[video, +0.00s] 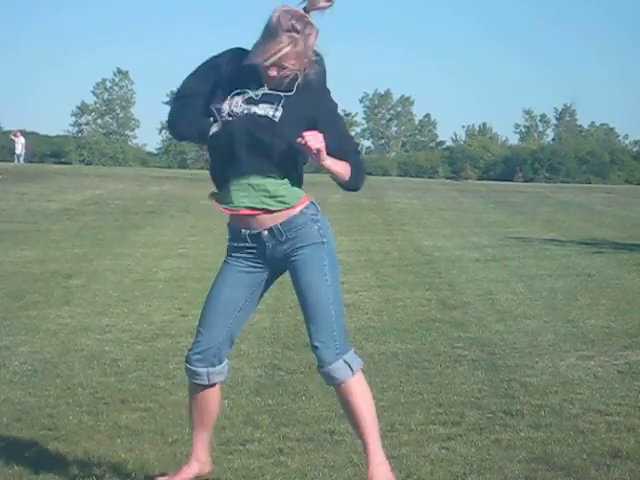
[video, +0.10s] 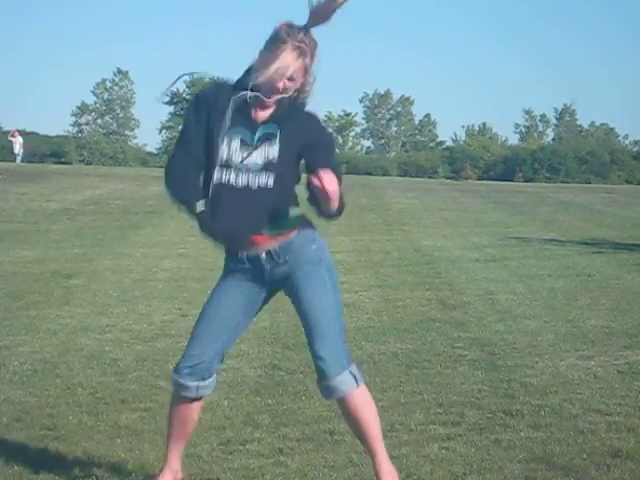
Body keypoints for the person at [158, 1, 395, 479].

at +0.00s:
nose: (276, 75)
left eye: (287, 71)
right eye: (272, 65)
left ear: (303, 63)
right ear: (262, 49)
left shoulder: (311, 94)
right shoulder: (226, 73)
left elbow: (354, 174)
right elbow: (181, 124)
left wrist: (326, 157)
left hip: (301, 234)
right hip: (244, 243)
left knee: (331, 353)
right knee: (203, 358)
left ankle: (379, 466)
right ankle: (199, 462)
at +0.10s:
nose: (272, 92)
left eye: (286, 86)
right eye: (267, 79)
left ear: (300, 83)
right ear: (256, 63)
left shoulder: (304, 124)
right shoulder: (213, 104)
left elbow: (331, 202)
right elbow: (179, 171)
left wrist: (330, 202)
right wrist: (203, 209)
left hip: (300, 253)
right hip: (243, 264)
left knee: (335, 372)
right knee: (191, 373)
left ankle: (385, 470)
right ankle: (172, 468)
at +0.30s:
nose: (253, 116)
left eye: (265, 111)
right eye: (248, 104)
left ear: (281, 114)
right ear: (238, 96)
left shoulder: (289, 152)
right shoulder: (199, 144)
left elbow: (335, 218)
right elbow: (151, 202)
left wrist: (352, 159)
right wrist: (197, 190)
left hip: (286, 290)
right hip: (226, 297)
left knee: (341, 389)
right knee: (155, 384)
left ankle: (388, 475)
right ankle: (170, 475)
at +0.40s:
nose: (253, 71)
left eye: (261, 70)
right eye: (244, 67)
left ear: (270, 81)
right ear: (226, 73)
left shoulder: (288, 111)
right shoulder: (195, 106)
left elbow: (362, 125)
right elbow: (140, 146)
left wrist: (344, 67)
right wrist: (181, 151)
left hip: (271, 258)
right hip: (208, 261)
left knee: (324, 369)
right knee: (154, 368)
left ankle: (383, 472)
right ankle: (163, 470)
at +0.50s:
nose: (234, 93)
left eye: (241, 84)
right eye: (224, 84)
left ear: (260, 67)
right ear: (212, 65)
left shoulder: (290, 90)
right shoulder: (192, 85)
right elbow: (140, 119)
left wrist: (348, 8)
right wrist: (173, 146)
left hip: (259, 256)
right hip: (193, 251)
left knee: (305, 363)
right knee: (151, 368)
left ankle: (354, 470)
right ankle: (147, 461)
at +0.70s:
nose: (215, 96)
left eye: (225, 87)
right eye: (208, 88)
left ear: (248, 92)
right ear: (202, 94)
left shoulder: (271, 139)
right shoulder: (189, 156)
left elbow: (311, 128)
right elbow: (169, 226)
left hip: (238, 294)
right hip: (177, 284)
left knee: (297, 386)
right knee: (159, 407)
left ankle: (304, 478)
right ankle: (135, 472)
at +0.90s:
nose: (217, 49)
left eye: (226, 39)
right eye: (209, 39)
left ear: (247, 36)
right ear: (197, 37)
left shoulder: (270, 76)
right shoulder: (180, 82)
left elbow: (309, 114)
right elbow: (162, 159)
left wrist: (333, 137)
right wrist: (189, 156)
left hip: (262, 238)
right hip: (198, 235)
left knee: (294, 361)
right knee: (162, 359)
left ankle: (316, 470)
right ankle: (159, 461)